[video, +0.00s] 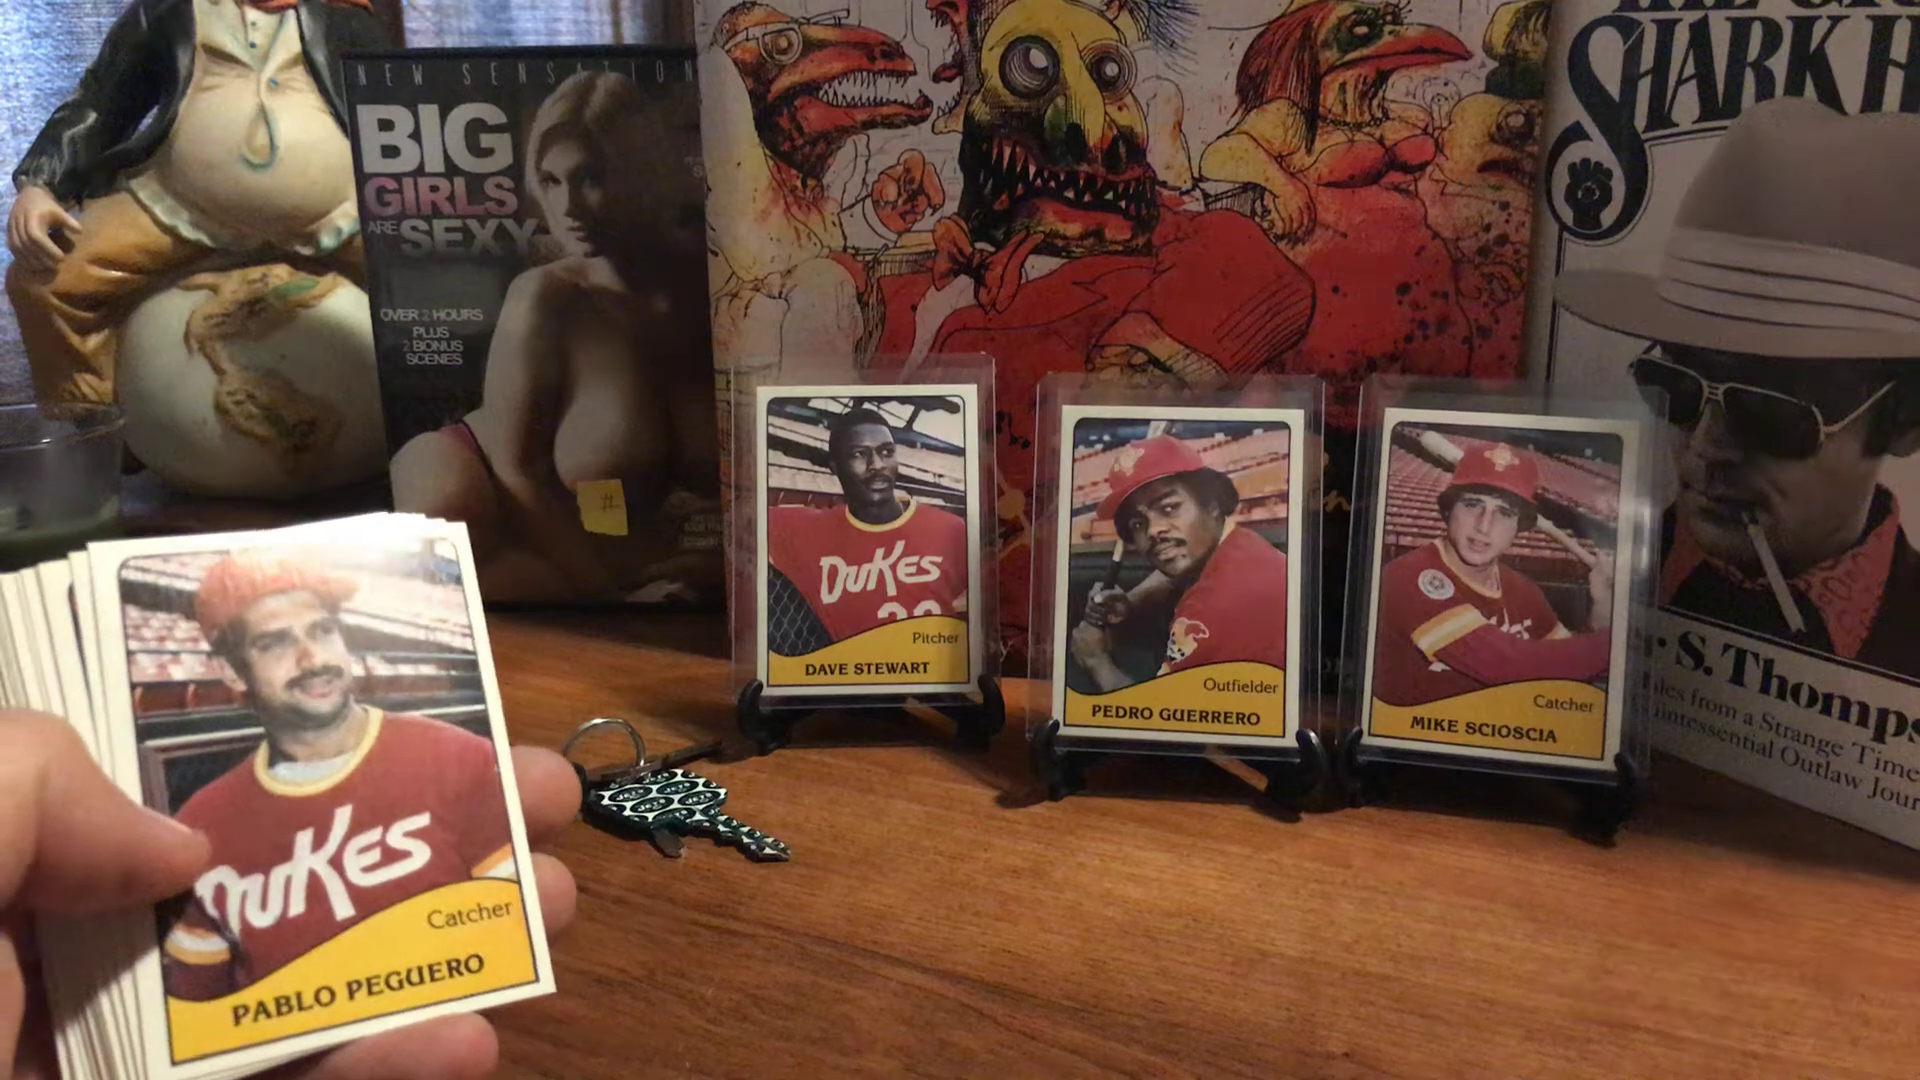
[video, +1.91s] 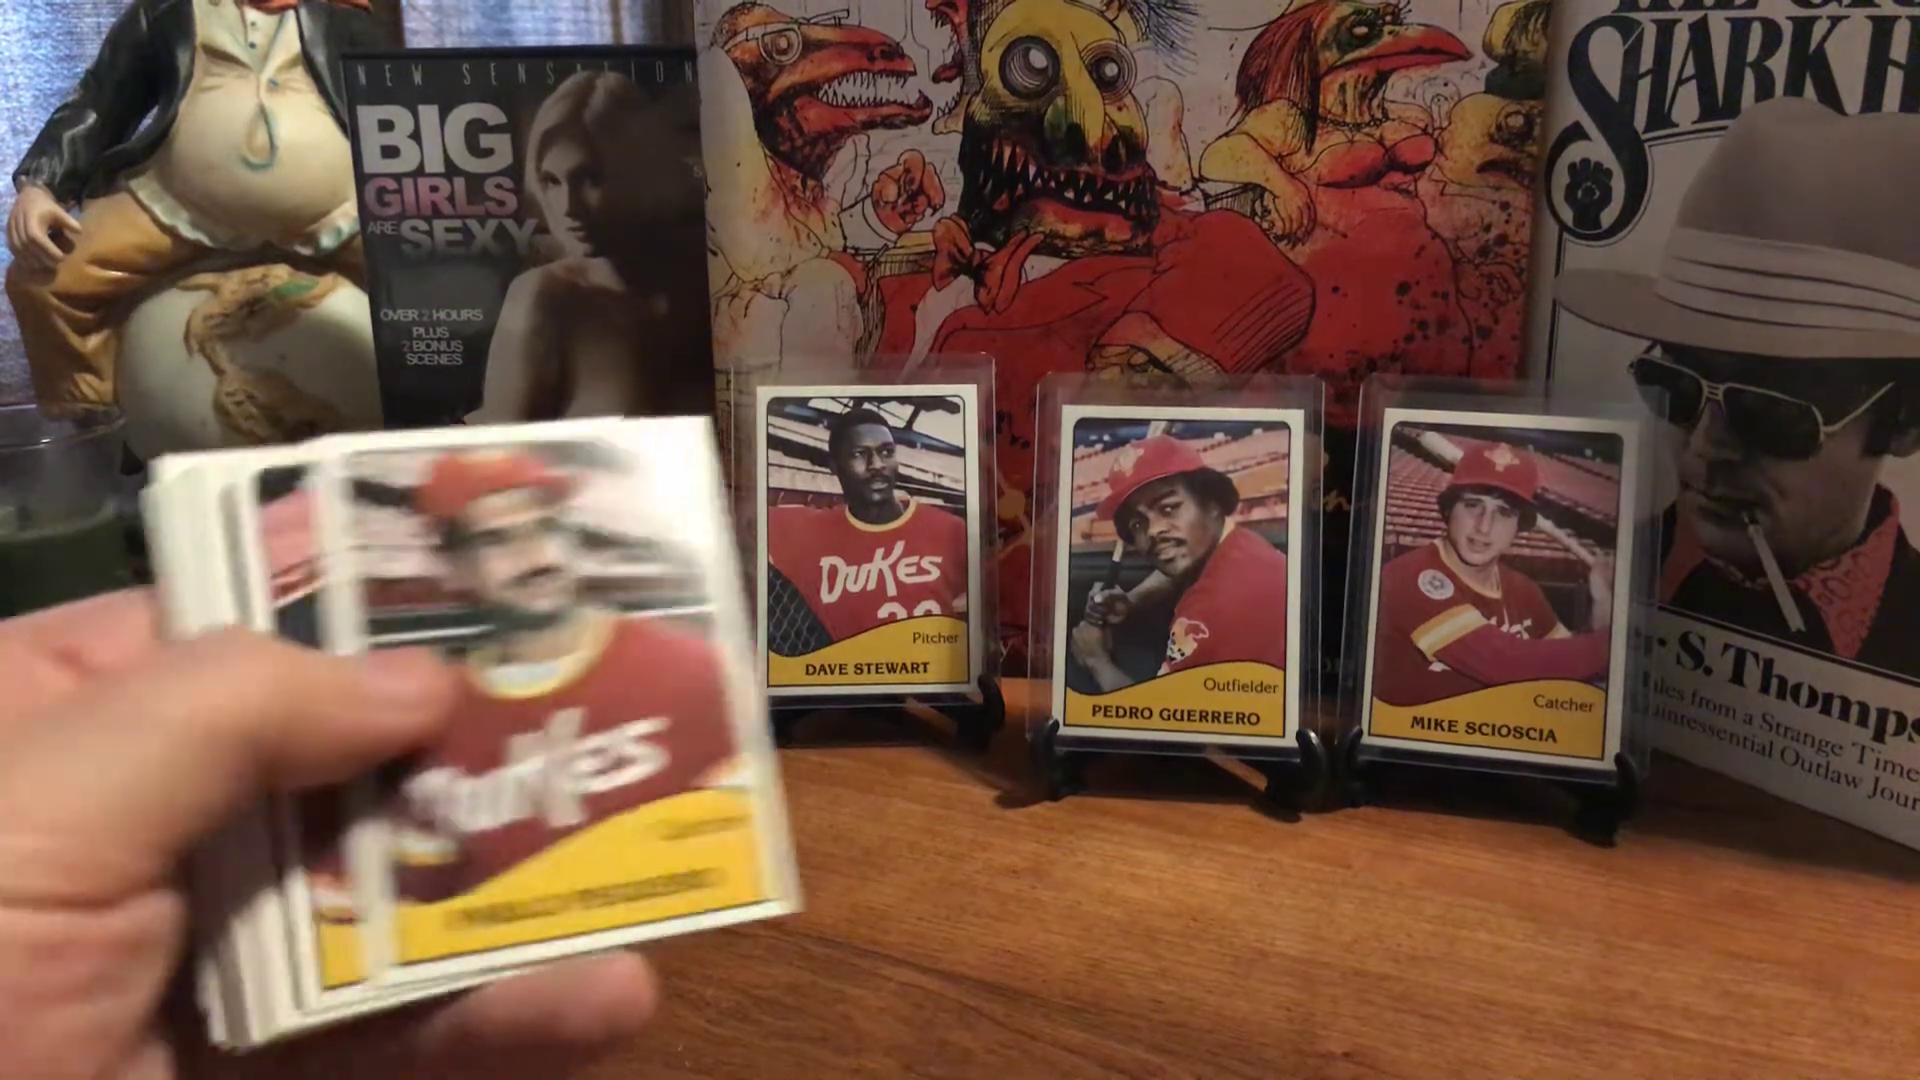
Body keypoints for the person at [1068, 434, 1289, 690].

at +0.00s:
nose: (1154, 530)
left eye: (1169, 507)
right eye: (1138, 524)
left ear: (1212, 505)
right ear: (1133, 541)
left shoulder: (1212, 609)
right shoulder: (1245, 545)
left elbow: (1160, 721)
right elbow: (1183, 565)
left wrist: (1097, 662)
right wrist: (1132, 602)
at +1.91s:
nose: (1155, 530)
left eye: (1168, 508)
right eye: (1139, 524)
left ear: (1213, 505)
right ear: (1134, 540)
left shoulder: (1209, 609)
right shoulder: (1247, 544)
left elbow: (1161, 721)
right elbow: (1183, 565)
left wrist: (1097, 661)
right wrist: (1132, 602)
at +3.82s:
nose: (1156, 530)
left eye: (1170, 508)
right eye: (1139, 522)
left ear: (1215, 503)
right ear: (1132, 539)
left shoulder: (1214, 604)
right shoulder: (1252, 546)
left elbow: (1160, 720)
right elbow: (1185, 564)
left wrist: (1098, 662)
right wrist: (1133, 603)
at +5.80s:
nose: (1156, 531)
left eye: (1171, 509)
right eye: (1141, 522)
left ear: (1214, 506)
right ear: (1134, 539)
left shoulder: (1211, 605)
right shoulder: (1249, 546)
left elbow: (1159, 720)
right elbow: (1185, 566)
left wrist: (1098, 662)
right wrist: (1132, 603)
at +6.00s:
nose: (1156, 530)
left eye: (1170, 508)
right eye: (1140, 522)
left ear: (1213, 504)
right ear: (1133, 539)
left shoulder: (1212, 605)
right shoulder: (1248, 544)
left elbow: (1160, 720)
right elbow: (1185, 564)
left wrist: (1098, 662)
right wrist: (1132, 602)